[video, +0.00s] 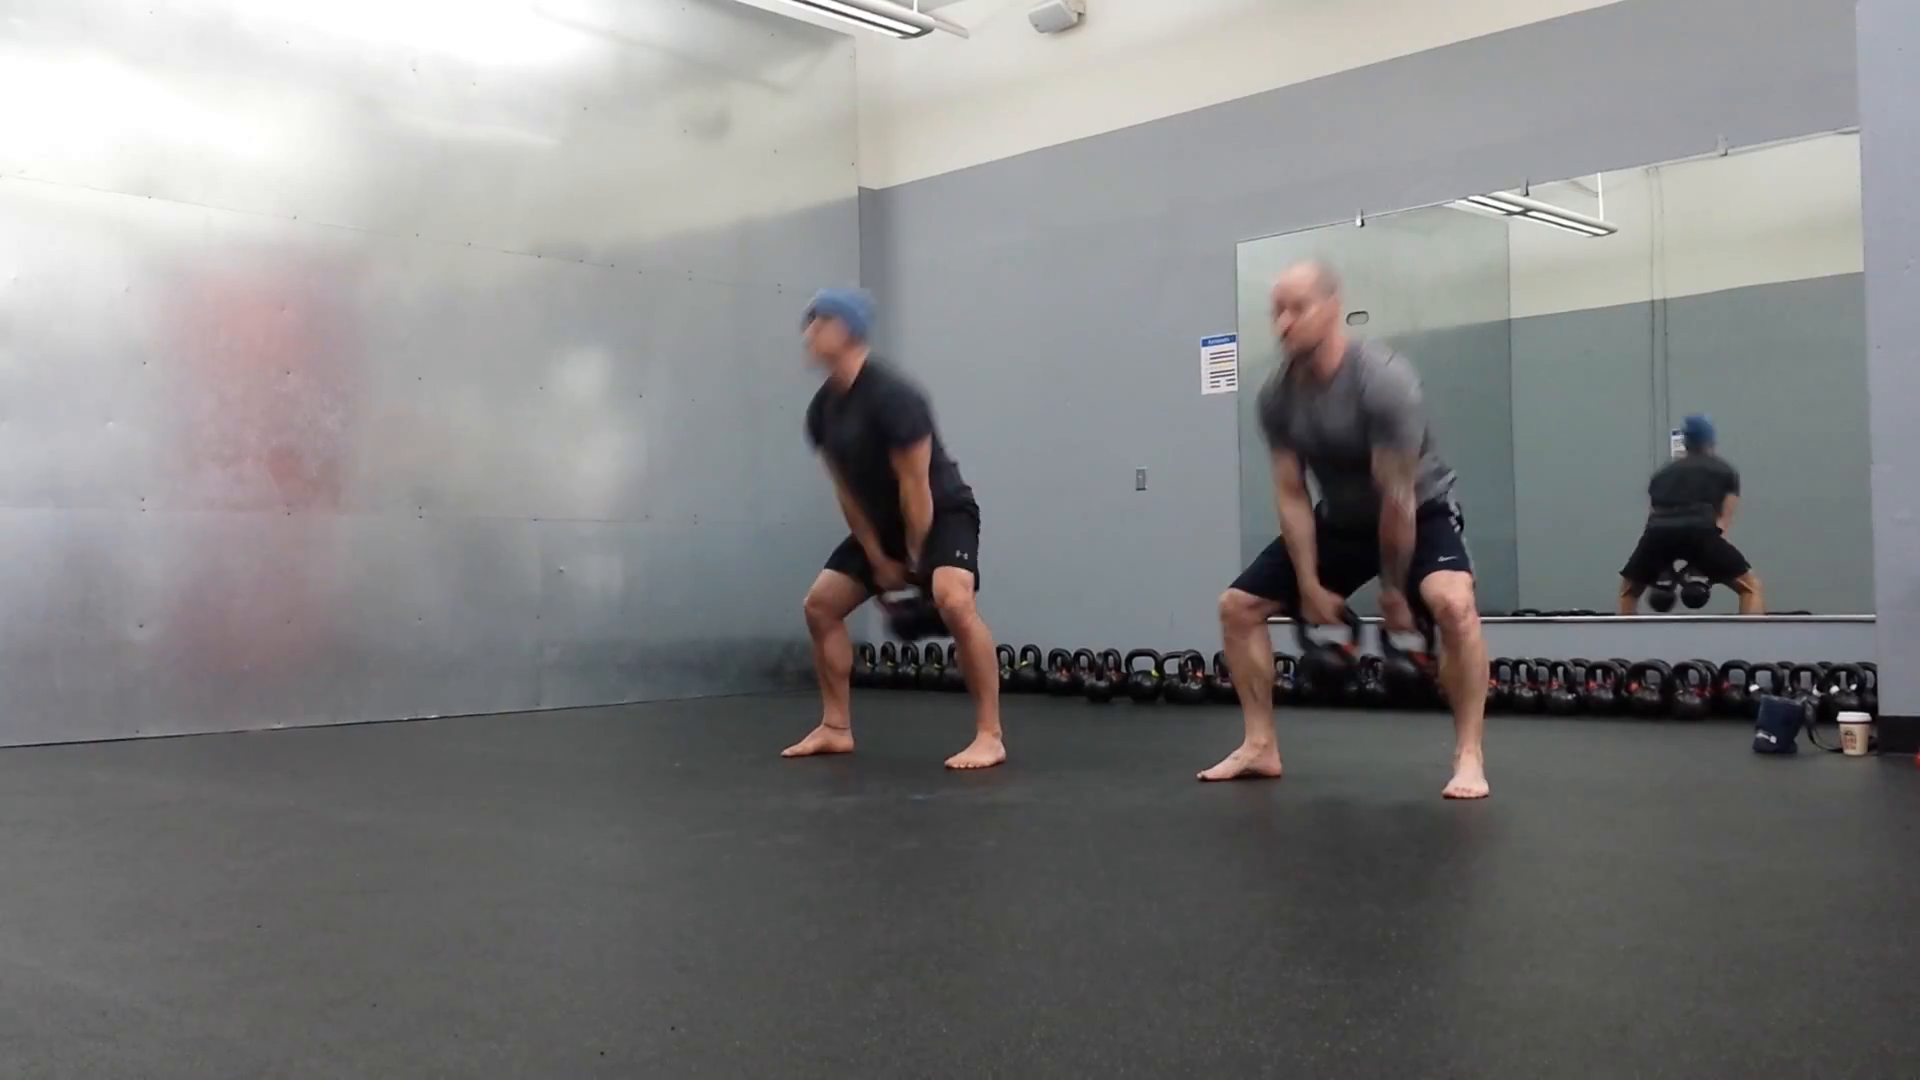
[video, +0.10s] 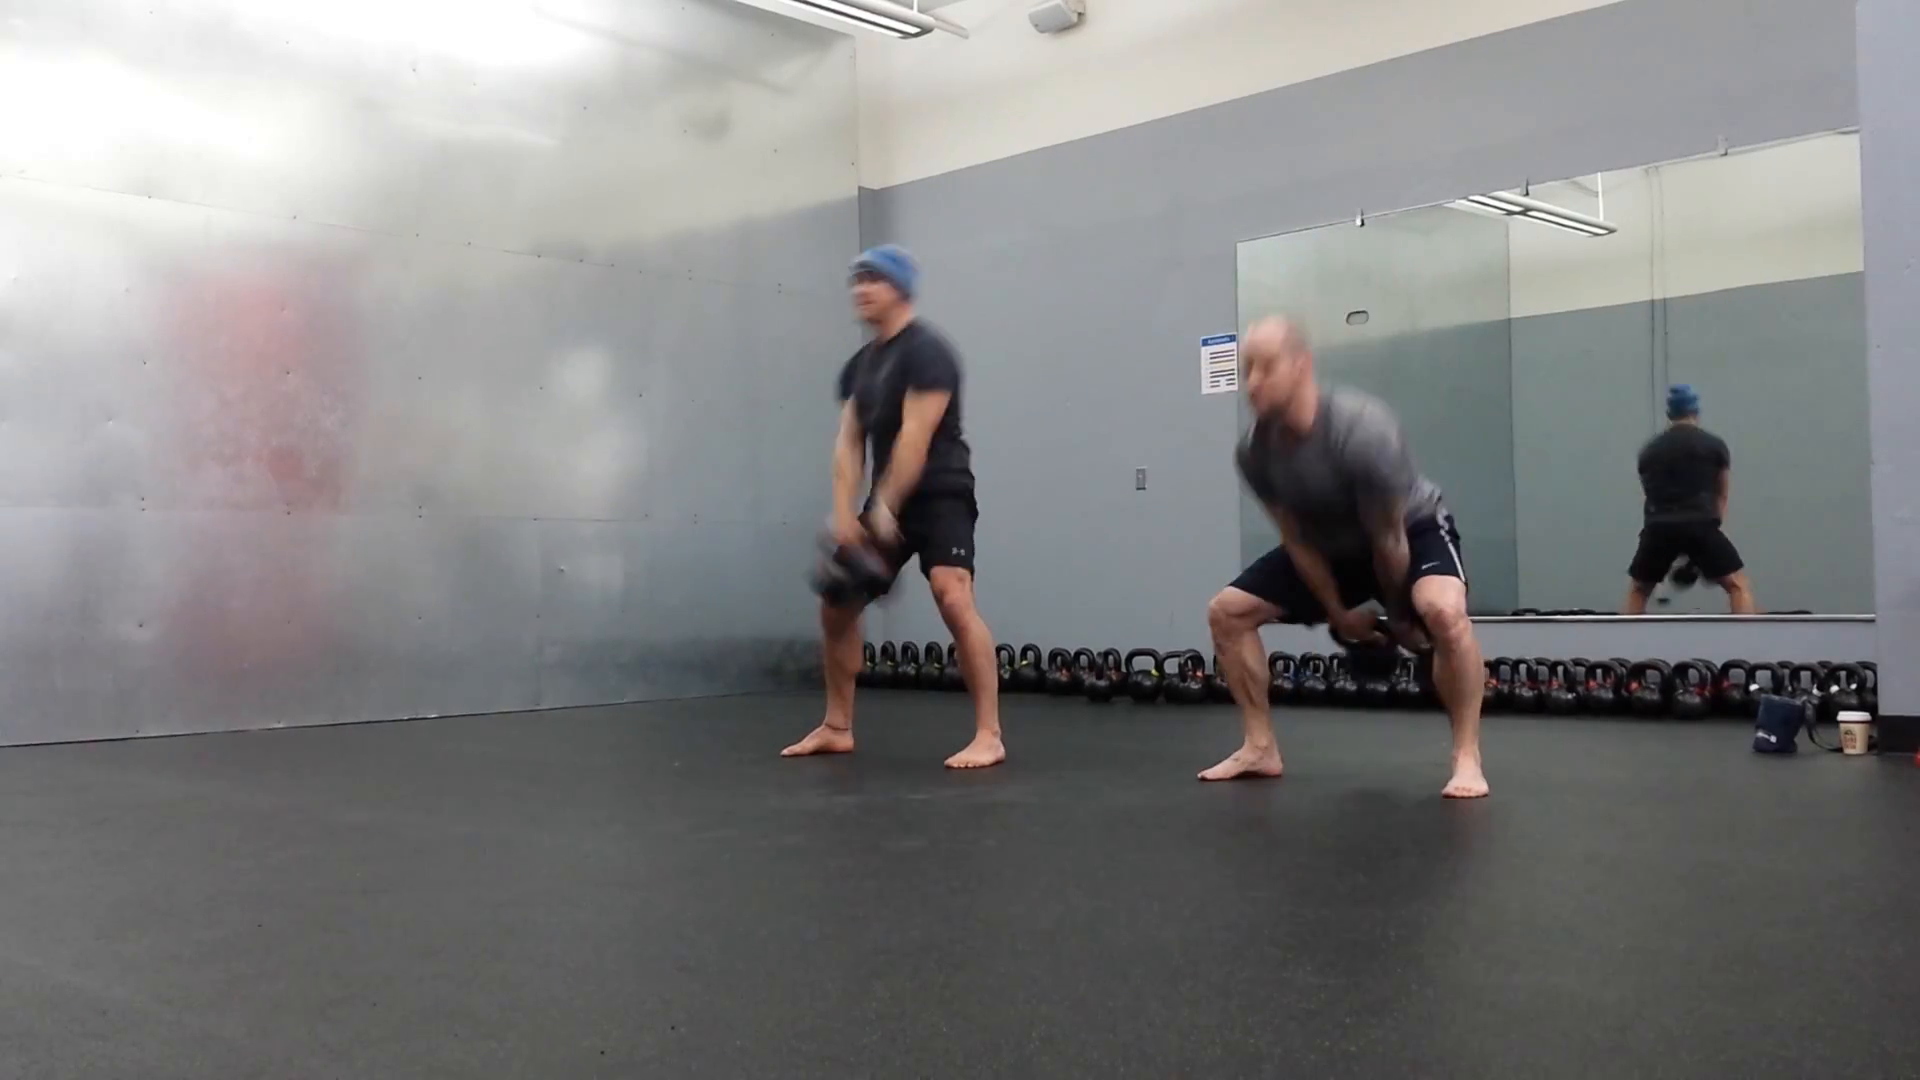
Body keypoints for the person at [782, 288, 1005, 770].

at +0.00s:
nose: (809, 331)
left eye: (822, 321)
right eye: (810, 322)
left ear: (851, 332)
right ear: (820, 335)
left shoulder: (895, 397)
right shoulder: (823, 410)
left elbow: (917, 488)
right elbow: (846, 492)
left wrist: (914, 559)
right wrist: (877, 558)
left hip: (942, 513)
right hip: (883, 519)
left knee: (953, 601)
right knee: (821, 607)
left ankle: (990, 735)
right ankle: (836, 727)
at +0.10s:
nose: (861, 290)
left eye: (872, 280)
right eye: (858, 281)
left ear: (901, 288)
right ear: (857, 293)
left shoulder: (928, 351)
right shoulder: (862, 364)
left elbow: (915, 443)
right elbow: (849, 443)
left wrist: (884, 505)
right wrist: (843, 514)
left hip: (940, 493)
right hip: (888, 494)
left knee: (952, 596)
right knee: (838, 600)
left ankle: (989, 734)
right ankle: (837, 725)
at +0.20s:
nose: (897, 292)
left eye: (907, 281)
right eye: (894, 283)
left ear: (937, 287)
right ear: (896, 290)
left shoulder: (965, 341)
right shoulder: (893, 352)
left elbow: (921, 400)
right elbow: (852, 405)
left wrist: (863, 434)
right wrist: (819, 441)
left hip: (934, 492)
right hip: (881, 491)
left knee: (953, 603)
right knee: (863, 609)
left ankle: (986, 735)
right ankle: (840, 726)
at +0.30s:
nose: (908, 297)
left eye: (917, 287)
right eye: (904, 289)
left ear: (945, 292)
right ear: (905, 298)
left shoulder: (974, 346)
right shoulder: (901, 355)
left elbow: (924, 375)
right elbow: (863, 387)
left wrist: (854, 374)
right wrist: (819, 390)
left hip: (931, 492)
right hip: (877, 493)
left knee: (952, 603)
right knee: (859, 612)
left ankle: (987, 735)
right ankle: (838, 726)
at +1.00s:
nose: (876, 309)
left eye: (885, 298)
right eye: (870, 299)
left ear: (913, 296)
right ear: (866, 303)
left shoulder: (947, 345)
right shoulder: (871, 359)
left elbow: (923, 421)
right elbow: (846, 425)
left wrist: (874, 475)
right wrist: (821, 482)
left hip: (951, 497)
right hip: (896, 500)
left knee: (955, 597)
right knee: (848, 606)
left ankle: (988, 736)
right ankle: (838, 727)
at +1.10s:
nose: (832, 341)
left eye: (840, 328)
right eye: (826, 331)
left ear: (868, 323)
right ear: (823, 335)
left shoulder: (915, 378)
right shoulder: (837, 394)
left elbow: (925, 469)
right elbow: (846, 477)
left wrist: (907, 539)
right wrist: (862, 546)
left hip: (954, 501)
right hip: (898, 507)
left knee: (960, 597)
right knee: (831, 605)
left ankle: (990, 735)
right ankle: (837, 726)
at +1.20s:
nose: (789, 409)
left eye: (797, 395)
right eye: (783, 398)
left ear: (825, 389)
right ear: (782, 402)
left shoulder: (884, 435)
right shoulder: (810, 455)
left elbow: (929, 518)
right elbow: (853, 530)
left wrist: (936, 584)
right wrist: (898, 587)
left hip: (952, 529)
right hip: (891, 539)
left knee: (962, 602)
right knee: (816, 609)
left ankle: (991, 737)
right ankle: (835, 728)